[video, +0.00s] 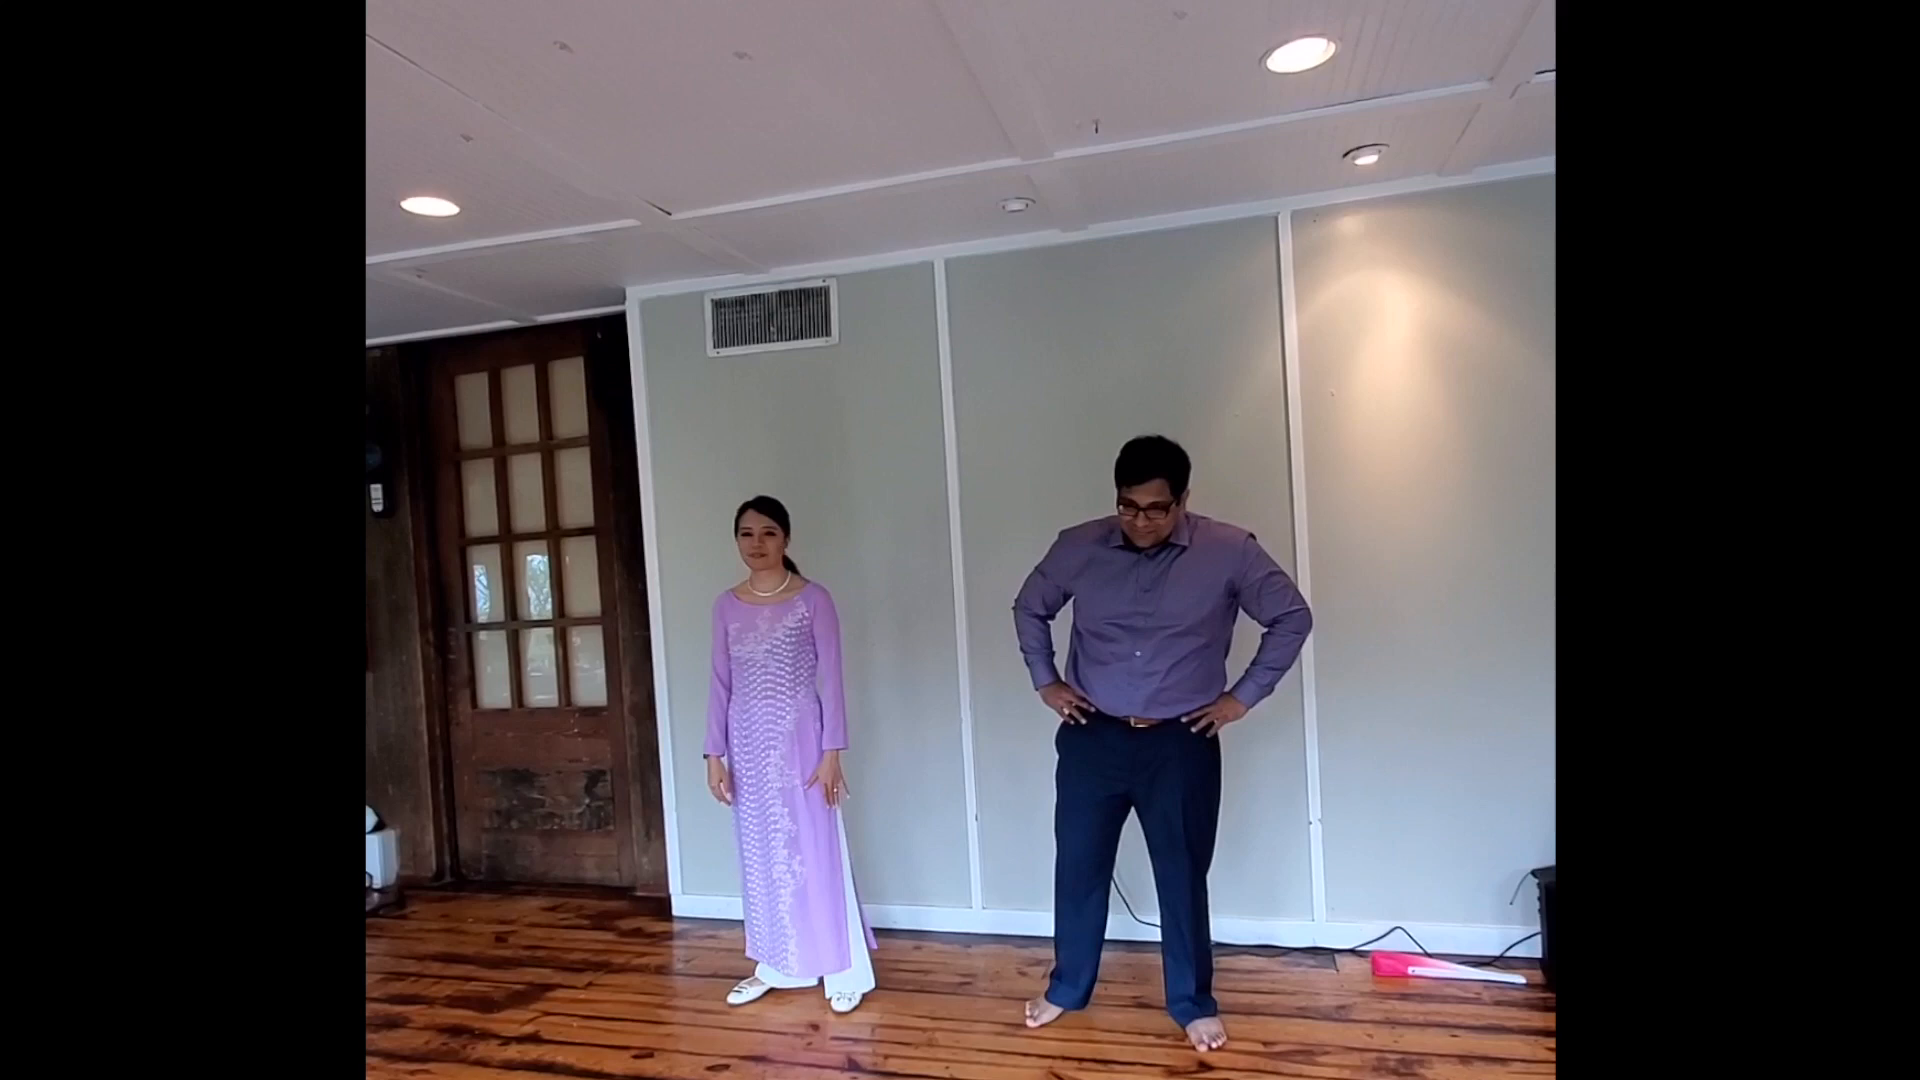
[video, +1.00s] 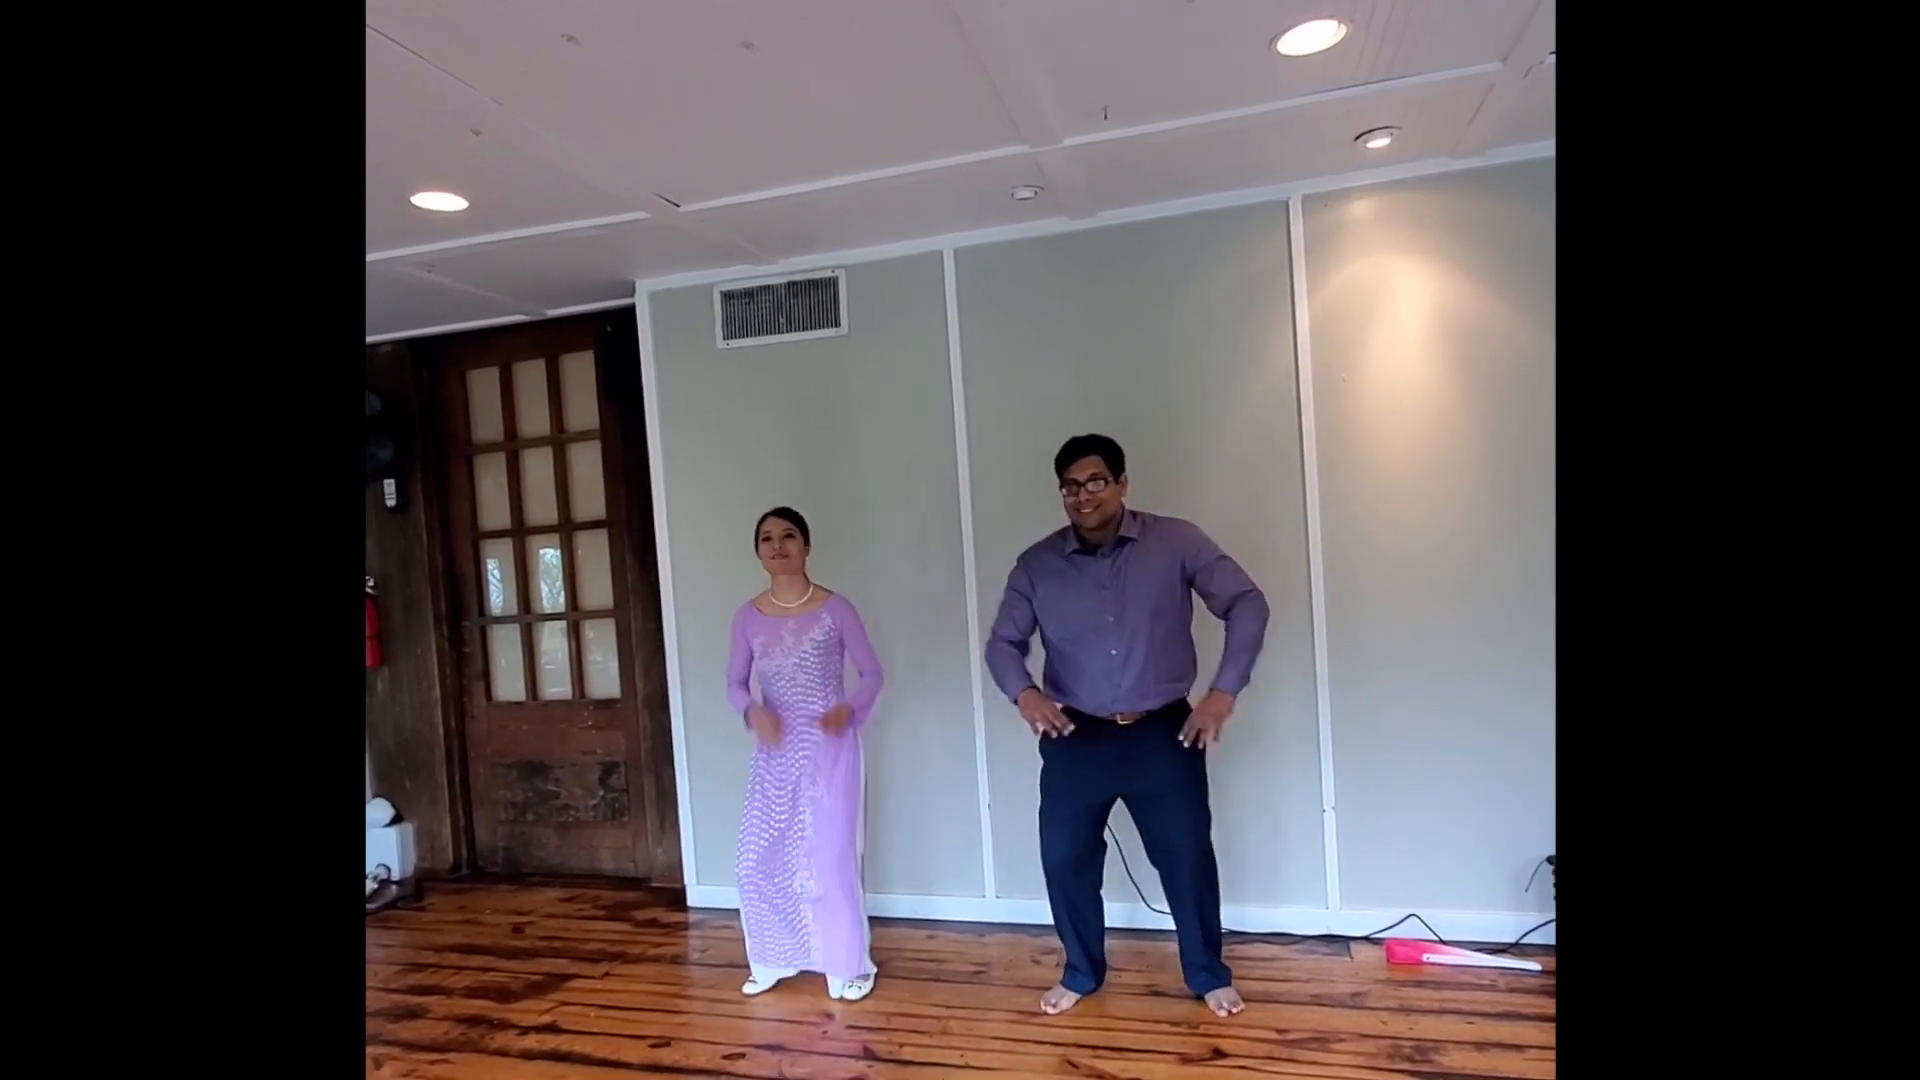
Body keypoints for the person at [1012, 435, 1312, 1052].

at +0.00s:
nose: (1141, 521)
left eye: (1156, 509)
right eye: (1129, 507)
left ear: (1182, 500)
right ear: (1115, 497)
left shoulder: (1229, 551)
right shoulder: (1079, 548)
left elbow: (1293, 617)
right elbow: (1030, 608)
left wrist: (1241, 695)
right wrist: (1046, 680)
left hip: (1181, 743)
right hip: (1092, 738)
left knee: (1183, 883)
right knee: (1078, 873)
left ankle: (1194, 1005)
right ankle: (1068, 987)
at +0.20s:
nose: (1113, 518)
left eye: (1127, 505)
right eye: (1101, 504)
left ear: (1152, 498)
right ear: (1086, 497)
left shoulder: (1199, 549)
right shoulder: (1051, 555)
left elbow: (1265, 611)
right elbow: (1006, 617)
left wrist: (1222, 689)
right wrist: (1026, 688)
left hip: (1165, 739)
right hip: (1078, 739)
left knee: (1176, 877)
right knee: (1079, 871)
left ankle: (1196, 1003)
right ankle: (1073, 984)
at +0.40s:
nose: (1071, 515)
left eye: (1084, 501)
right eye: (1059, 503)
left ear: (1111, 493)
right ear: (1046, 499)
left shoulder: (1162, 543)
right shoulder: (1018, 559)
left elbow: (1231, 602)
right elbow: (978, 623)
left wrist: (1196, 681)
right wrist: (1002, 690)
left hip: (1141, 736)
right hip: (1057, 740)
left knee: (1162, 872)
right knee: (1068, 870)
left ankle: (1195, 1001)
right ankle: (1072, 984)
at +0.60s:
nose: (1050, 514)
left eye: (1062, 499)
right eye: (1037, 503)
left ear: (1087, 491)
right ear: (1025, 501)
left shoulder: (1141, 537)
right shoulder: (1003, 561)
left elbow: (1213, 592)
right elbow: (958, 626)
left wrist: (1185, 671)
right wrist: (994, 690)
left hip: (1135, 732)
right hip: (1050, 739)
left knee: (1159, 869)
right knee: (1064, 871)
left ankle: (1191, 996)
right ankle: (1072, 983)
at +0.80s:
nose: (1055, 503)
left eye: (1067, 488)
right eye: (1042, 492)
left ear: (1091, 484)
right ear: (1030, 495)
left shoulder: (1144, 531)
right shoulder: (1008, 559)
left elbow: (1219, 584)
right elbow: (957, 624)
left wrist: (1191, 666)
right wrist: (997, 686)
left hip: (1142, 728)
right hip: (1057, 736)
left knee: (1169, 859)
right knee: (1071, 866)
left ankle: (1200, 981)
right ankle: (1077, 979)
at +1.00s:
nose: (1082, 495)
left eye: (1095, 482)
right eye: (1071, 486)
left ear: (1122, 486)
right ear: (1061, 494)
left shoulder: (1174, 542)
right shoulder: (1037, 566)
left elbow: (1247, 603)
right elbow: (1002, 643)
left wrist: (1224, 691)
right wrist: (1024, 693)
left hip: (1162, 735)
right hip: (1075, 741)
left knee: (1188, 861)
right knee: (1065, 863)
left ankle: (1208, 975)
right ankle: (1081, 971)